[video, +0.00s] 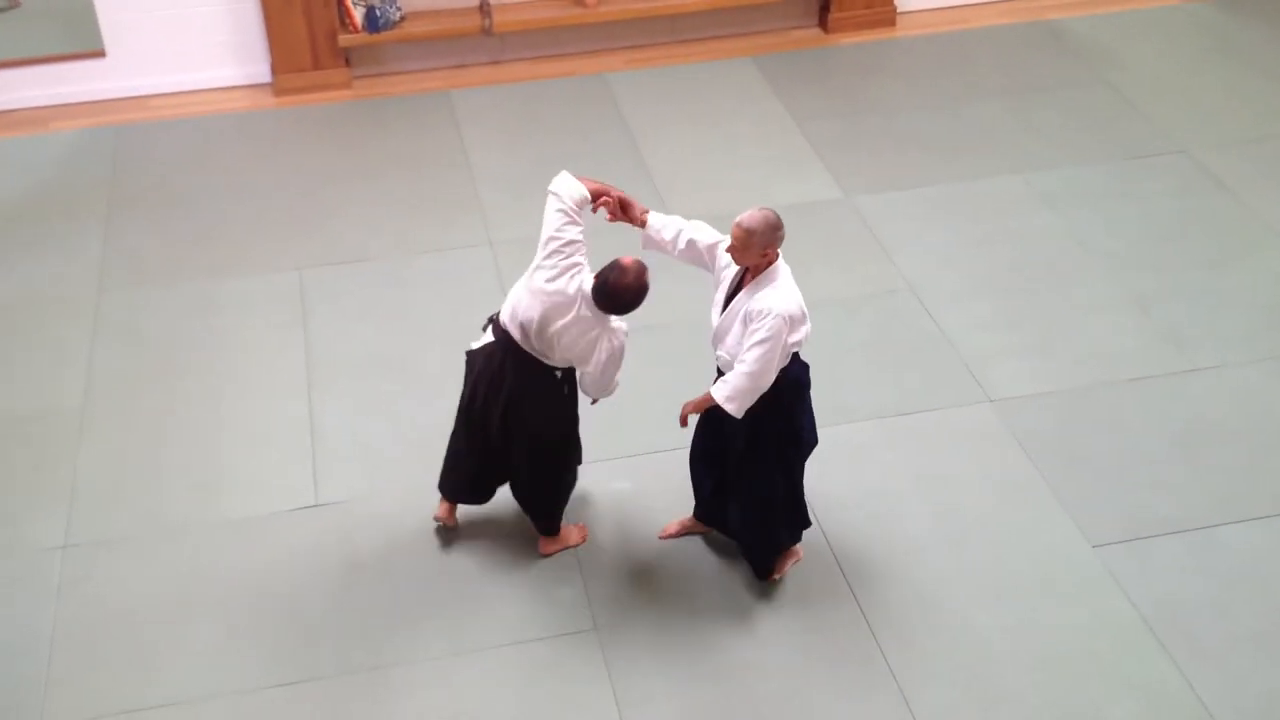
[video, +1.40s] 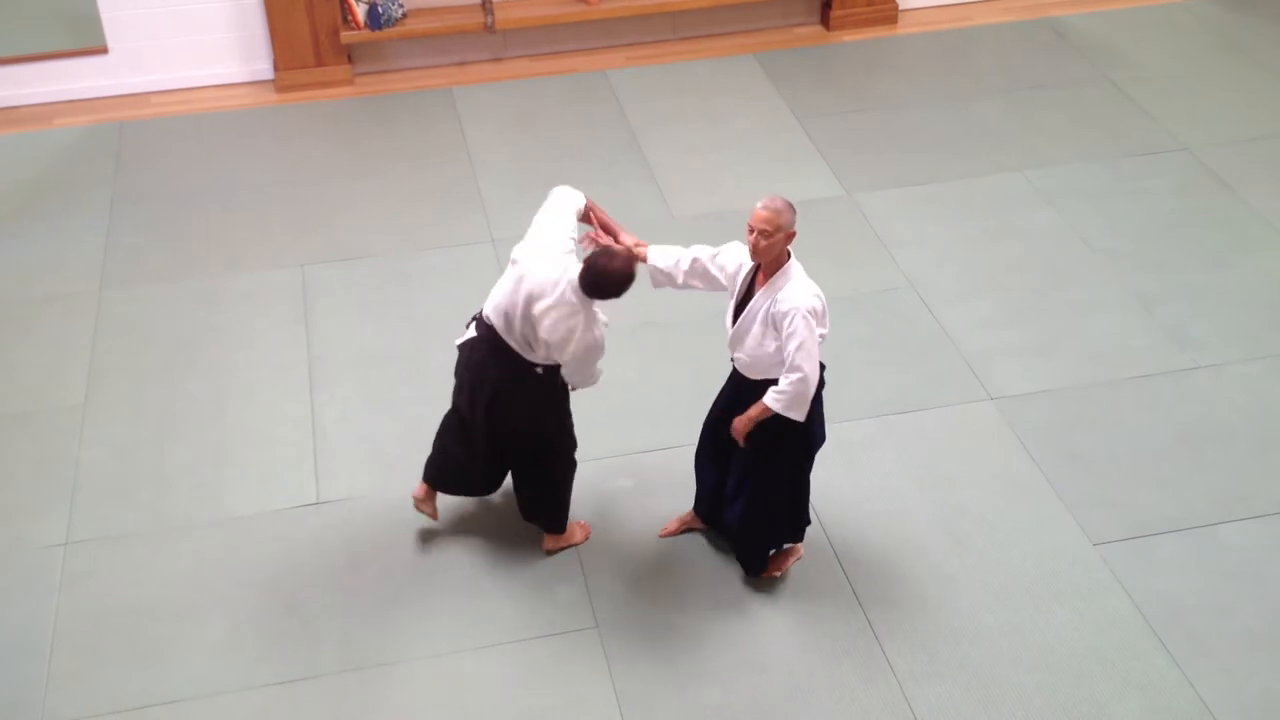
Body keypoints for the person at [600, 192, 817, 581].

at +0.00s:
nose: (728, 246)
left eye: (737, 244)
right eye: (731, 238)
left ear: (766, 254)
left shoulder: (777, 308)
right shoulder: (735, 258)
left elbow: (754, 373)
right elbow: (690, 237)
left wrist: (708, 400)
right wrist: (641, 217)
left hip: (771, 398)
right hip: (731, 382)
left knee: (766, 474)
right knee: (709, 452)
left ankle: (783, 547)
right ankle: (707, 515)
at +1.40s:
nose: (753, 241)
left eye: (763, 235)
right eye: (751, 231)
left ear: (788, 238)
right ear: (747, 227)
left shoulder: (798, 301)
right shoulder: (742, 262)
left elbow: (802, 377)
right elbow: (690, 262)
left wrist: (753, 414)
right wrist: (632, 248)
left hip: (785, 399)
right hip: (744, 381)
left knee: (776, 475)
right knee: (714, 443)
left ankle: (789, 543)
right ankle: (706, 512)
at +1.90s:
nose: (794, 231)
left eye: (805, 225)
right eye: (792, 221)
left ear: (829, 230)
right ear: (787, 219)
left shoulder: (837, 290)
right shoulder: (780, 261)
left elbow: (845, 363)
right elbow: (739, 303)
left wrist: (794, 393)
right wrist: (685, 326)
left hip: (812, 399)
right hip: (775, 379)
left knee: (783, 479)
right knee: (776, 445)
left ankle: (781, 557)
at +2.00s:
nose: (803, 224)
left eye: (814, 218)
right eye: (800, 214)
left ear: (837, 223)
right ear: (796, 212)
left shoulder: (847, 281)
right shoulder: (789, 254)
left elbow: (852, 355)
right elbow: (751, 297)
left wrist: (796, 379)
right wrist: (700, 323)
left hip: (821, 391)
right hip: (785, 373)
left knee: (782, 474)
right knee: (792, 441)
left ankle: (782, 555)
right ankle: (838, 474)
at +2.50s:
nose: (869, 198)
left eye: (879, 192)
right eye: (865, 189)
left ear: (902, 194)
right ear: (860, 186)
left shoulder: (915, 248)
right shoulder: (851, 224)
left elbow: (905, 319)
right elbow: (824, 266)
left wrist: (853, 307)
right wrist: (807, 308)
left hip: (897, 341)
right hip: (851, 333)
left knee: (905, 416)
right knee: (823, 406)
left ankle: (945, 479)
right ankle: (831, 480)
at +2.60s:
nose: (889, 195)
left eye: (899, 190)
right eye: (886, 186)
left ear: (922, 193)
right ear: (881, 185)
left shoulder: (935, 246)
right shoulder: (873, 221)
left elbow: (918, 314)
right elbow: (845, 261)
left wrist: (863, 301)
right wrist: (824, 300)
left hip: (915, 340)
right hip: (867, 329)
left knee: (931, 405)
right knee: (838, 403)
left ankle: (975, 458)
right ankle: (838, 480)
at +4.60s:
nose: (1021, 182)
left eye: (1027, 176)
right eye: (1024, 174)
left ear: (1048, 186)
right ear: (1058, 186)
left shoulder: (1032, 240)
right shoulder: (1075, 222)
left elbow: (980, 270)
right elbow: (1015, 259)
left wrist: (936, 266)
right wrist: (979, 231)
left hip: (1042, 341)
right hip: (1084, 329)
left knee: (988, 387)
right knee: (1090, 397)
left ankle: (1004, 483)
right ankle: (1128, 466)